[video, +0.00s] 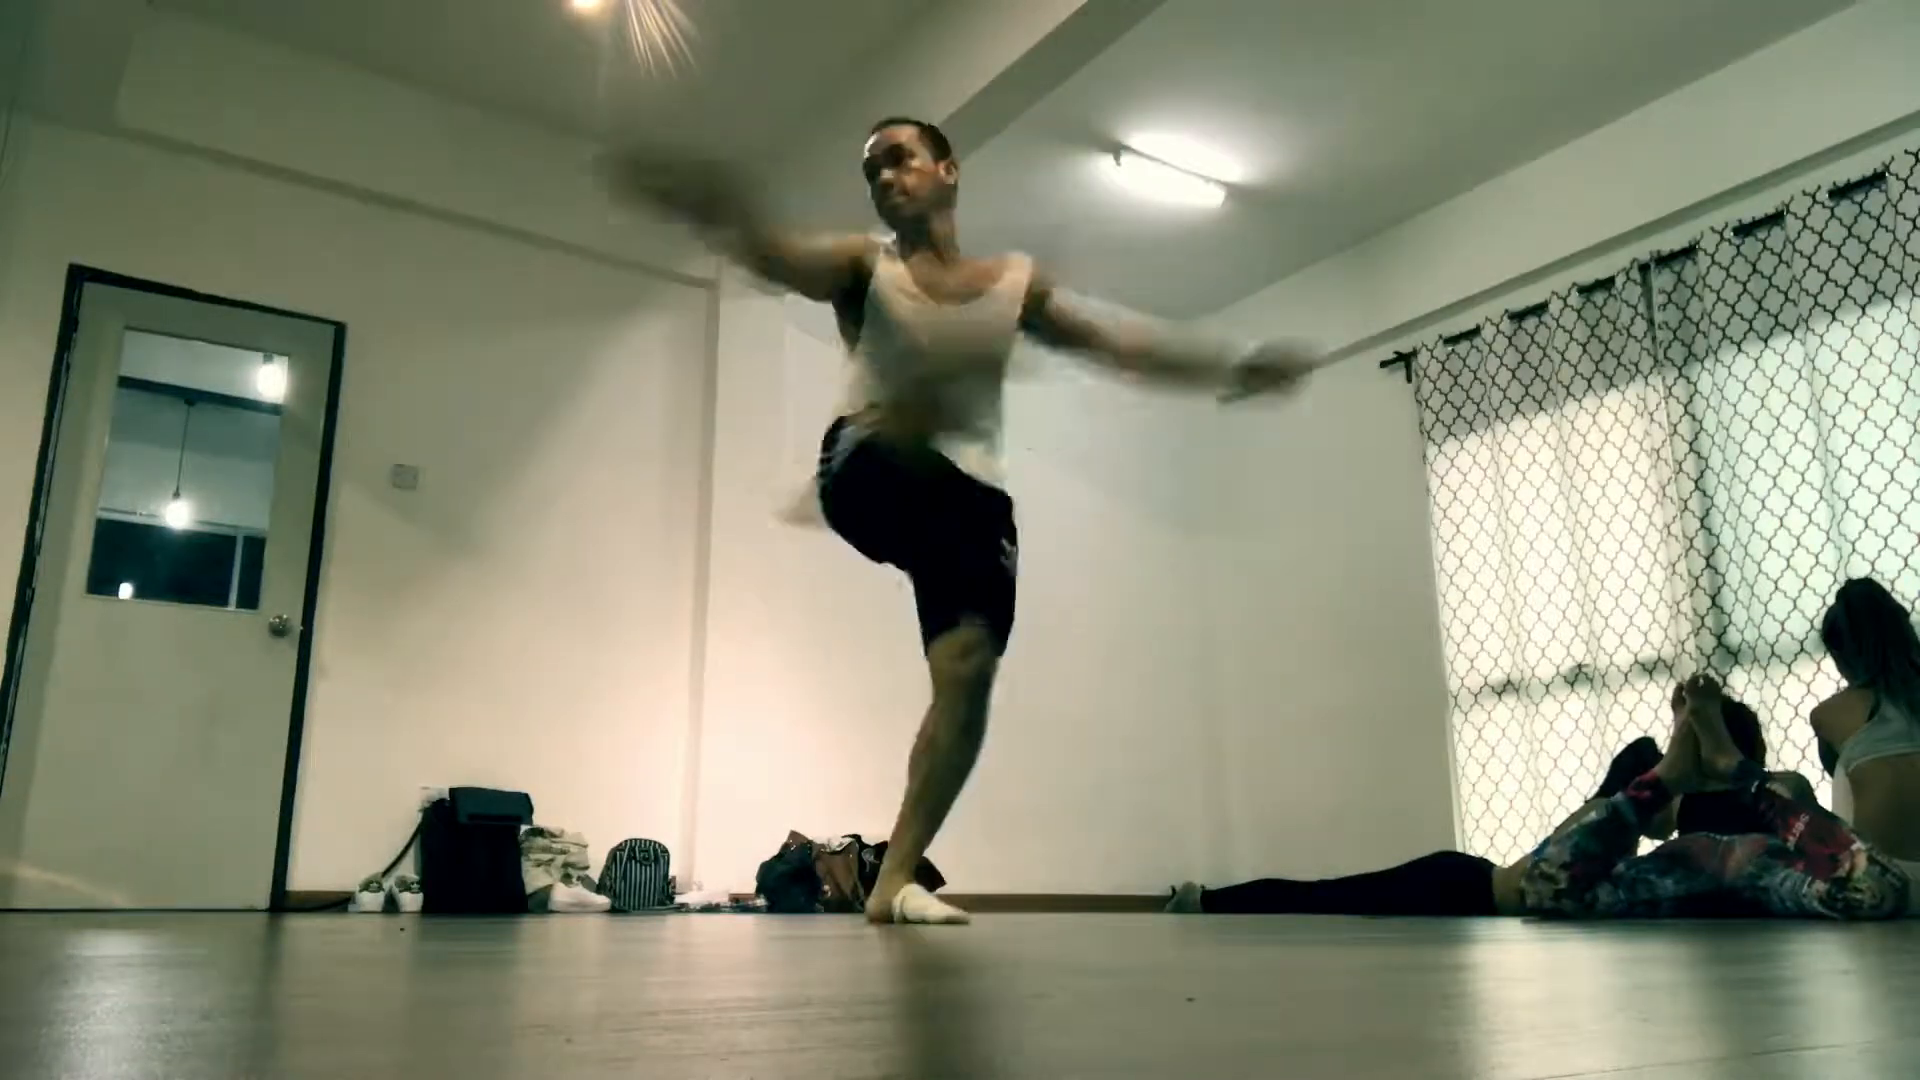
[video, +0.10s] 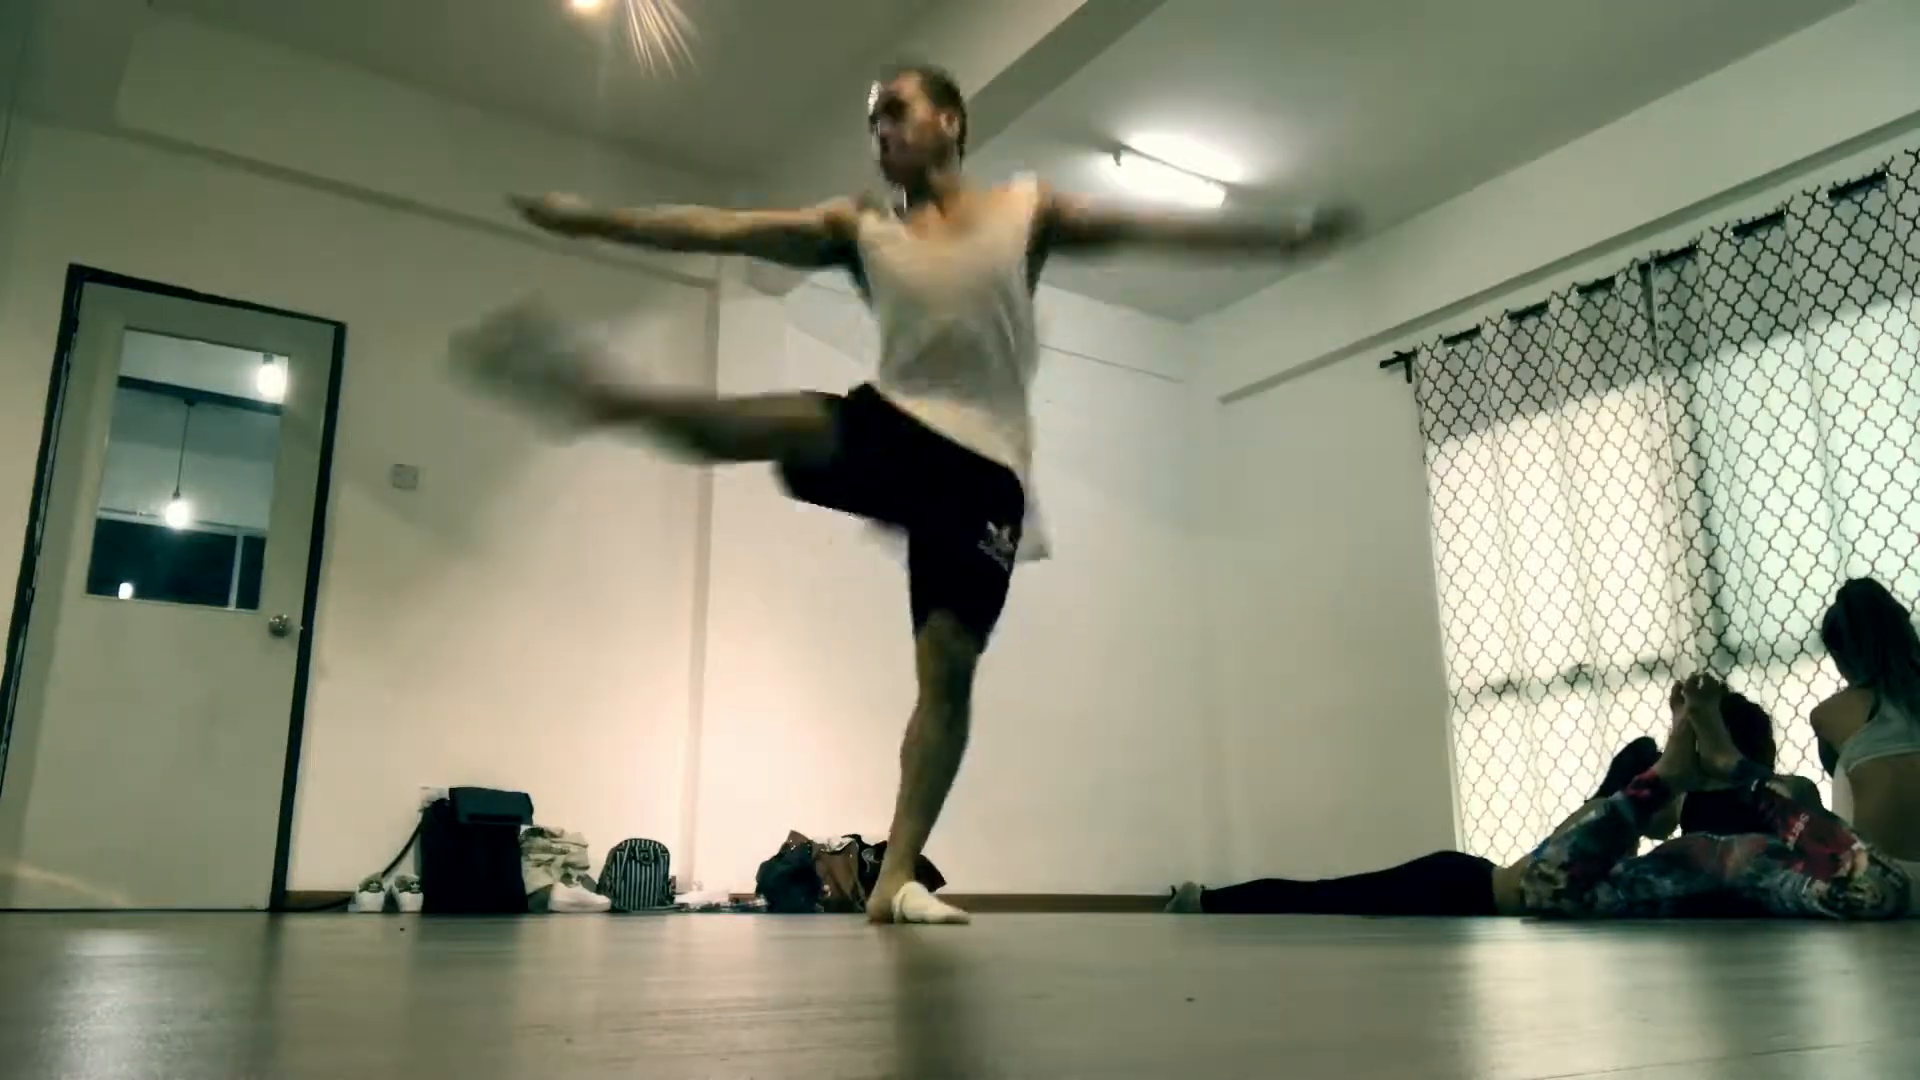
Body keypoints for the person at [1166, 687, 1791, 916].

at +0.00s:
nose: (1676, 725)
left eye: (1691, 716)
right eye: (1678, 714)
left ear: (1723, 735)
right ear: (1682, 732)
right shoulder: (1641, 798)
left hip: (1480, 887)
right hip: (1472, 880)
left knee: (1337, 899)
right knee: (1333, 896)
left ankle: (1211, 901)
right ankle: (1205, 901)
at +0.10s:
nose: (1676, 718)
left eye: (1691, 714)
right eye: (1679, 710)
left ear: (1723, 740)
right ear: (1689, 731)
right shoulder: (1645, 785)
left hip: (1483, 887)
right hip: (1475, 878)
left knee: (1338, 899)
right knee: (1333, 894)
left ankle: (1212, 902)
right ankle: (1208, 900)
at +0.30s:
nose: (1666, 810)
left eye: (1664, 795)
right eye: (1651, 786)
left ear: (1637, 784)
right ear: (1632, 784)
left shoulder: (1621, 825)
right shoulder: (1613, 823)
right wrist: (1685, 728)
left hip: (1470, 887)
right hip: (1463, 887)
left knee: (1332, 896)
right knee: (1327, 898)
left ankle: (1212, 899)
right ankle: (1206, 902)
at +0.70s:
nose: (1694, 769)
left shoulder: (1634, 806)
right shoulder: (1629, 807)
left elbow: (1660, 782)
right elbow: (1658, 784)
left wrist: (1685, 721)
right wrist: (1685, 722)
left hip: (1474, 883)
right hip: (1470, 882)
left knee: (1335, 895)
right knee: (1332, 896)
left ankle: (1210, 899)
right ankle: (1206, 900)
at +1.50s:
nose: (1682, 726)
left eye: (1698, 724)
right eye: (1689, 718)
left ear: (1720, 740)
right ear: (1704, 733)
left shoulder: (1702, 802)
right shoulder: (1652, 781)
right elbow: (1645, 790)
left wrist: (1690, 721)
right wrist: (1681, 718)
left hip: (1497, 889)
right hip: (1488, 880)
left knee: (1340, 900)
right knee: (1336, 895)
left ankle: (1212, 902)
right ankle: (1208, 900)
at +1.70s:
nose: (1669, 717)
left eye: (1683, 712)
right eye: (1670, 708)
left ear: (1715, 732)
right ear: (1690, 727)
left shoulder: (1725, 798)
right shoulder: (1642, 775)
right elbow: (1642, 793)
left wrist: (1708, 728)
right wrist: (1683, 722)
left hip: (1500, 892)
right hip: (1486, 881)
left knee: (1340, 901)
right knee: (1334, 895)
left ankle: (1212, 902)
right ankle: (1205, 901)